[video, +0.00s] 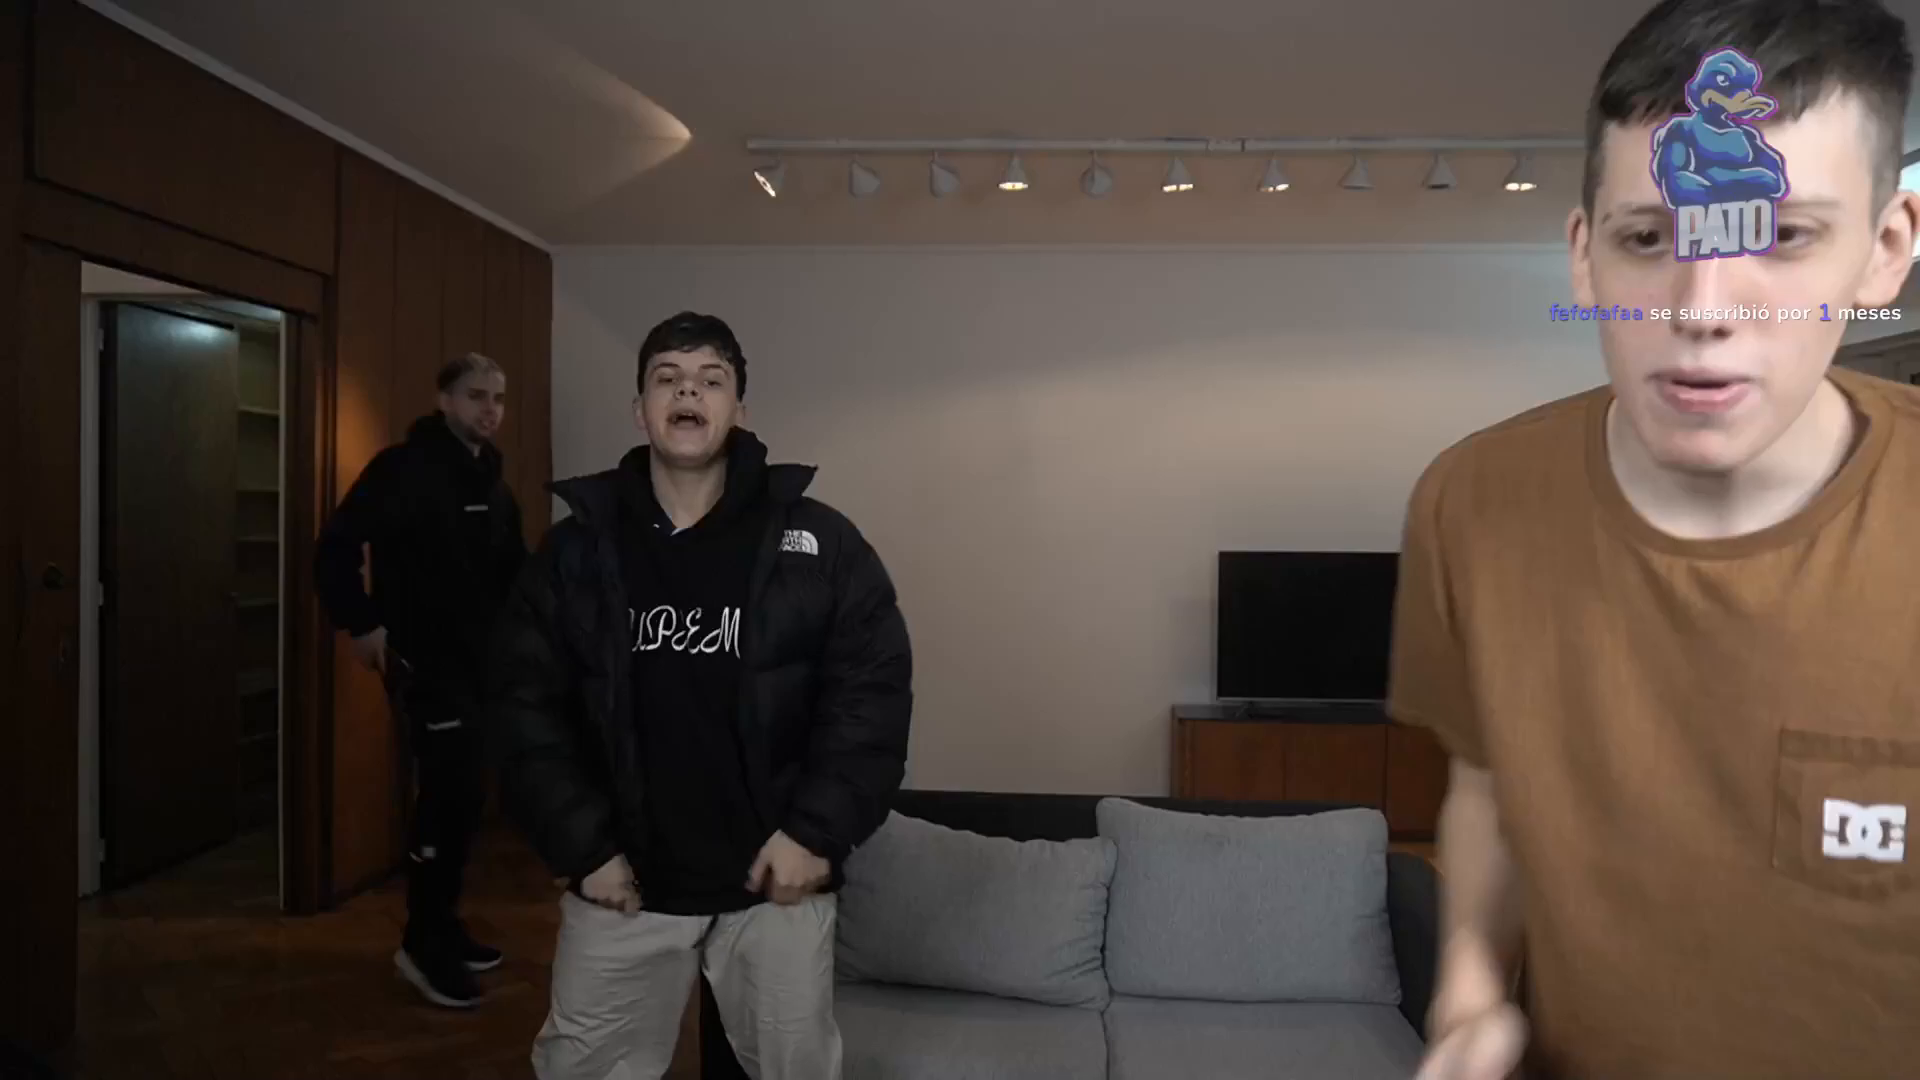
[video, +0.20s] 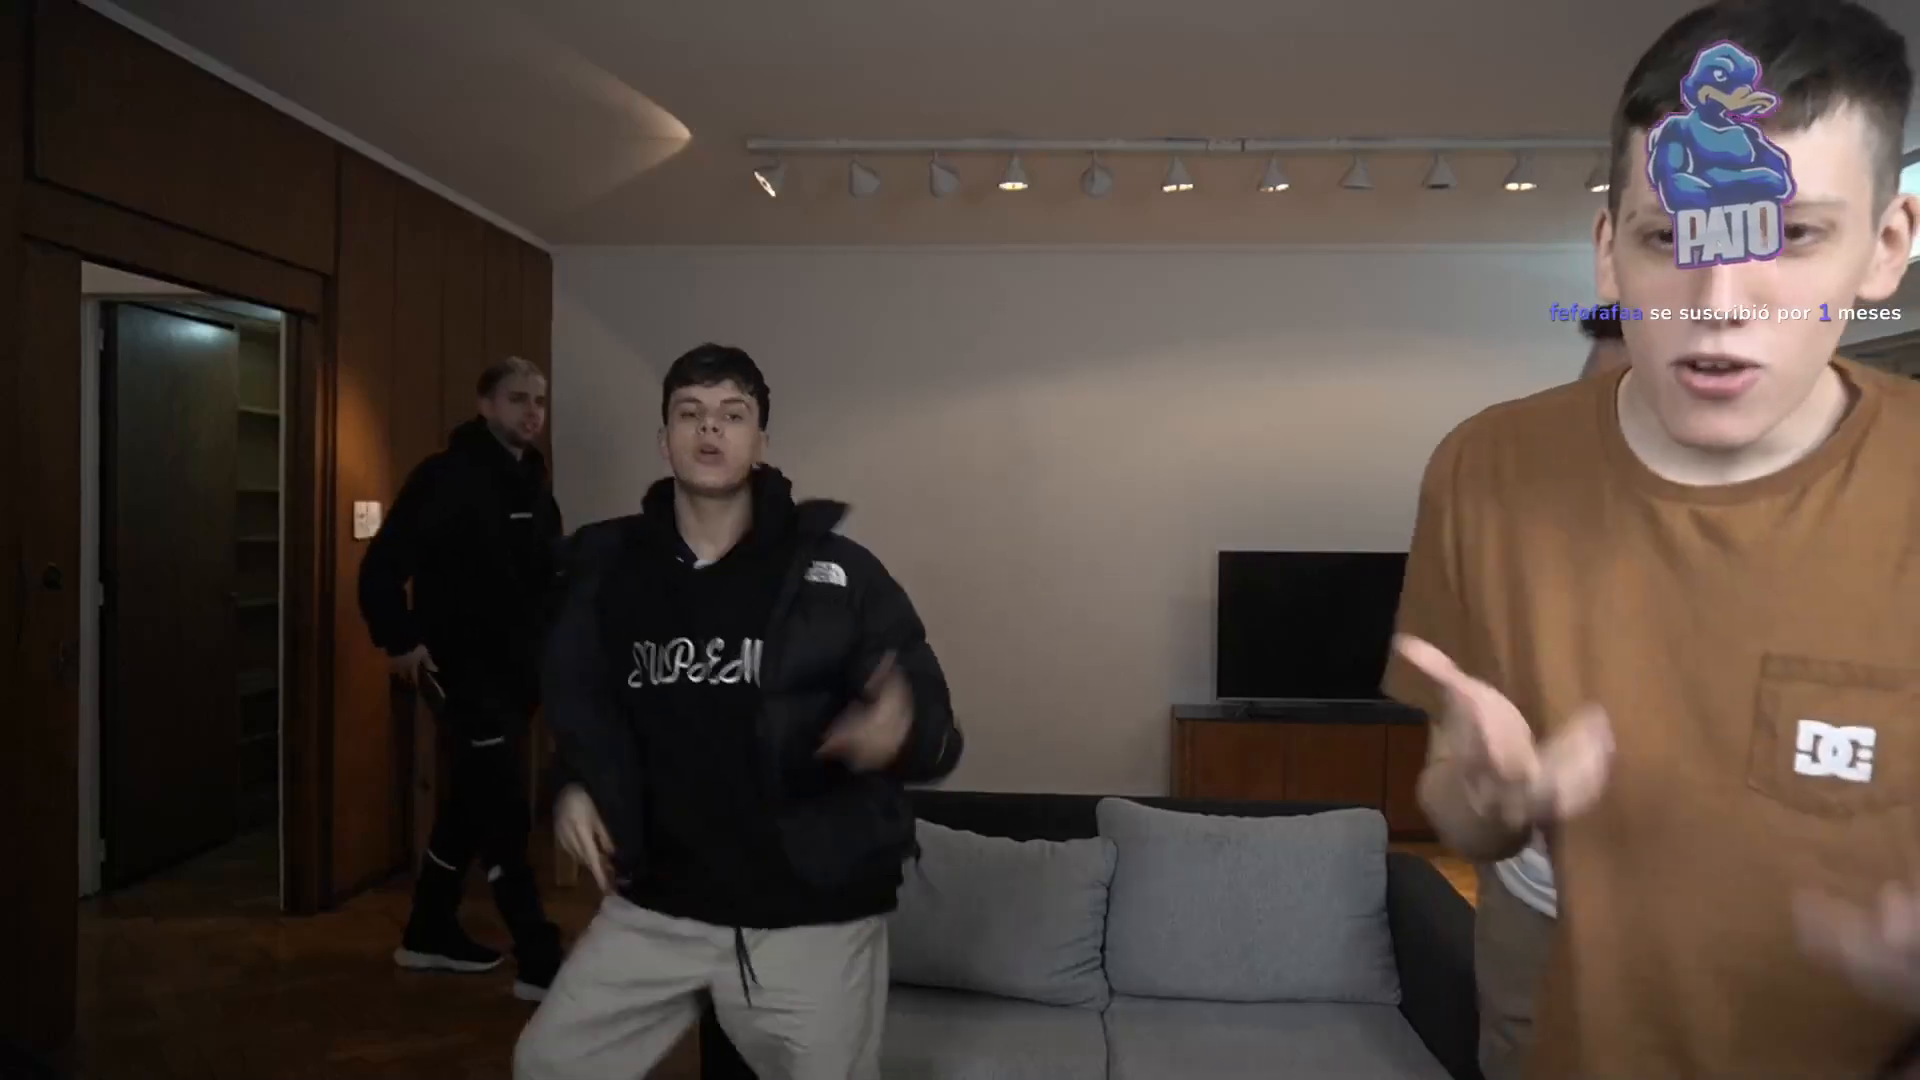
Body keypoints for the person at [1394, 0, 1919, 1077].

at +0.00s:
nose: (1702, 308)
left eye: (1780, 235)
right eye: (1647, 237)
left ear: (1886, 252)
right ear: (1582, 255)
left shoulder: (1908, 509)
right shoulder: (1476, 508)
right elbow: (1482, 778)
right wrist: (1472, 985)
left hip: (1877, 1053)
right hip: (1585, 1059)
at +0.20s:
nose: (1720, 301)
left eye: (1789, 235)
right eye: (1671, 235)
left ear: (1885, 249)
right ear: (1605, 244)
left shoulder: (1908, 477)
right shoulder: (1488, 476)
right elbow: (1453, 813)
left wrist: (1907, 931)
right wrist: (1497, 800)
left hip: (1872, 1048)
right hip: (1589, 1045)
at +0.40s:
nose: (1659, 326)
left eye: (1722, 263)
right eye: (1614, 266)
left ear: (1811, 268)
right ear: (1555, 269)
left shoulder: (1891, 489)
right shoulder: (1444, 466)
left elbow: (1910, 989)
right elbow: (1355, 826)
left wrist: (1860, 771)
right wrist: (1353, 620)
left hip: (1803, 1059)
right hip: (1497, 1050)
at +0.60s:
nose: (1563, 352)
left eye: (1620, 296)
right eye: (1521, 298)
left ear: (1711, 289)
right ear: (1475, 301)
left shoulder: (1872, 521)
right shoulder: (1405, 482)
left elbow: (1864, 963)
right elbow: (1316, 818)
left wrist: (1703, 776)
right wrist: (1308, 564)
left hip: (1689, 1060)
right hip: (1396, 1053)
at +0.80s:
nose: (1496, 395)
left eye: (1552, 330)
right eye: (1453, 339)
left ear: (1642, 322)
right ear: (1414, 342)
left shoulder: (1839, 522)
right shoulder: (1387, 525)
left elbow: (1850, 999)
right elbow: (1356, 877)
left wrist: (1692, 707)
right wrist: (1360, 743)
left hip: (1678, 1060)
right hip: (1396, 1047)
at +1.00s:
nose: (1461, 371)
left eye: (1515, 306)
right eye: (1417, 313)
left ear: (1608, 295)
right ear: (1381, 314)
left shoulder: (1806, 472)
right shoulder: (1372, 521)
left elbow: (1874, 960)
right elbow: (1408, 876)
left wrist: (1682, 594)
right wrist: (1374, 769)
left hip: (1749, 1061)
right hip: (1462, 1052)